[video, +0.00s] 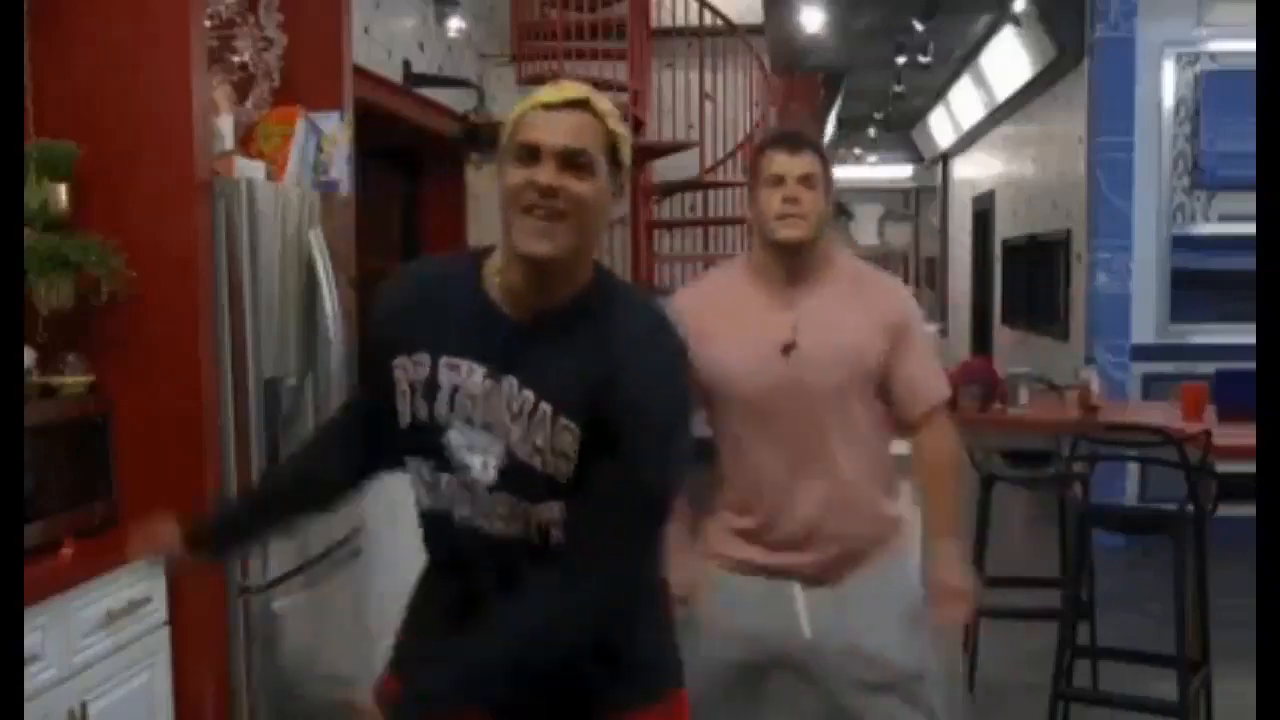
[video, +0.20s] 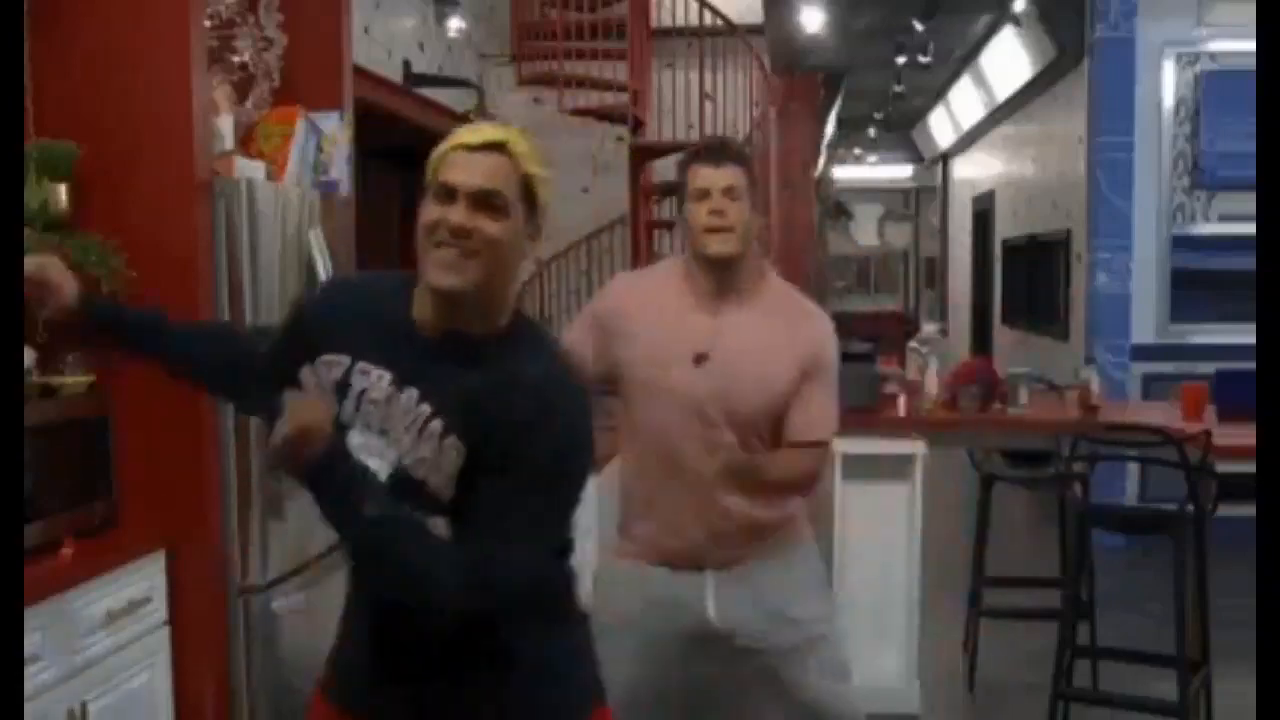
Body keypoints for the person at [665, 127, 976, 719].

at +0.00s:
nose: (790, 196)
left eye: (806, 183)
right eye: (774, 183)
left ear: (829, 200)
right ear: (751, 202)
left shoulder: (884, 301)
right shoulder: (694, 309)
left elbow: (933, 428)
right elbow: (659, 442)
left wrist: (947, 555)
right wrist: (676, 550)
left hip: (870, 578)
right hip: (738, 579)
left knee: (899, 706)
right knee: (714, 709)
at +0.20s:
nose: (716, 209)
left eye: (731, 196)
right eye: (701, 197)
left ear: (755, 212)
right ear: (682, 214)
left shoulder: (806, 325)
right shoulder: (624, 301)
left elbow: (808, 460)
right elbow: (550, 391)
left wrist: (750, 465)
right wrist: (602, 434)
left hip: (772, 576)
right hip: (646, 578)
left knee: (823, 707)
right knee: (637, 710)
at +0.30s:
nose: (697, 206)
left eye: (712, 191)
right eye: (681, 195)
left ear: (740, 206)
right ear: (662, 212)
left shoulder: (791, 312)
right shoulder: (617, 288)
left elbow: (796, 451)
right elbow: (533, 342)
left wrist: (718, 443)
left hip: (757, 561)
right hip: (634, 557)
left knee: (798, 707)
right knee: (608, 710)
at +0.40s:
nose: (668, 212)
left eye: (680, 194)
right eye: (650, 202)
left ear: (705, 199)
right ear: (633, 217)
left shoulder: (776, 293)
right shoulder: (606, 276)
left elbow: (789, 431)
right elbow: (525, 307)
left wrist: (673, 431)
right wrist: (476, 301)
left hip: (748, 533)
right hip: (635, 530)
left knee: (761, 691)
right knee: (612, 694)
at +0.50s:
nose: (656, 230)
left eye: (668, 213)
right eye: (639, 221)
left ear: (697, 216)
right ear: (624, 236)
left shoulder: (773, 308)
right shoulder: (599, 301)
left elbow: (792, 441)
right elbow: (513, 339)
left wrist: (677, 472)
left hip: (749, 538)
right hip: (635, 537)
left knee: (783, 689)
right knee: (610, 694)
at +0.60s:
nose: (678, 233)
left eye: (691, 219)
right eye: (661, 223)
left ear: (714, 228)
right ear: (642, 240)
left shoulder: (785, 315)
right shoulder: (616, 332)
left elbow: (816, 436)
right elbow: (544, 430)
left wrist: (763, 535)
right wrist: (493, 501)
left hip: (772, 532)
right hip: (653, 539)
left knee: (835, 679)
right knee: (611, 698)